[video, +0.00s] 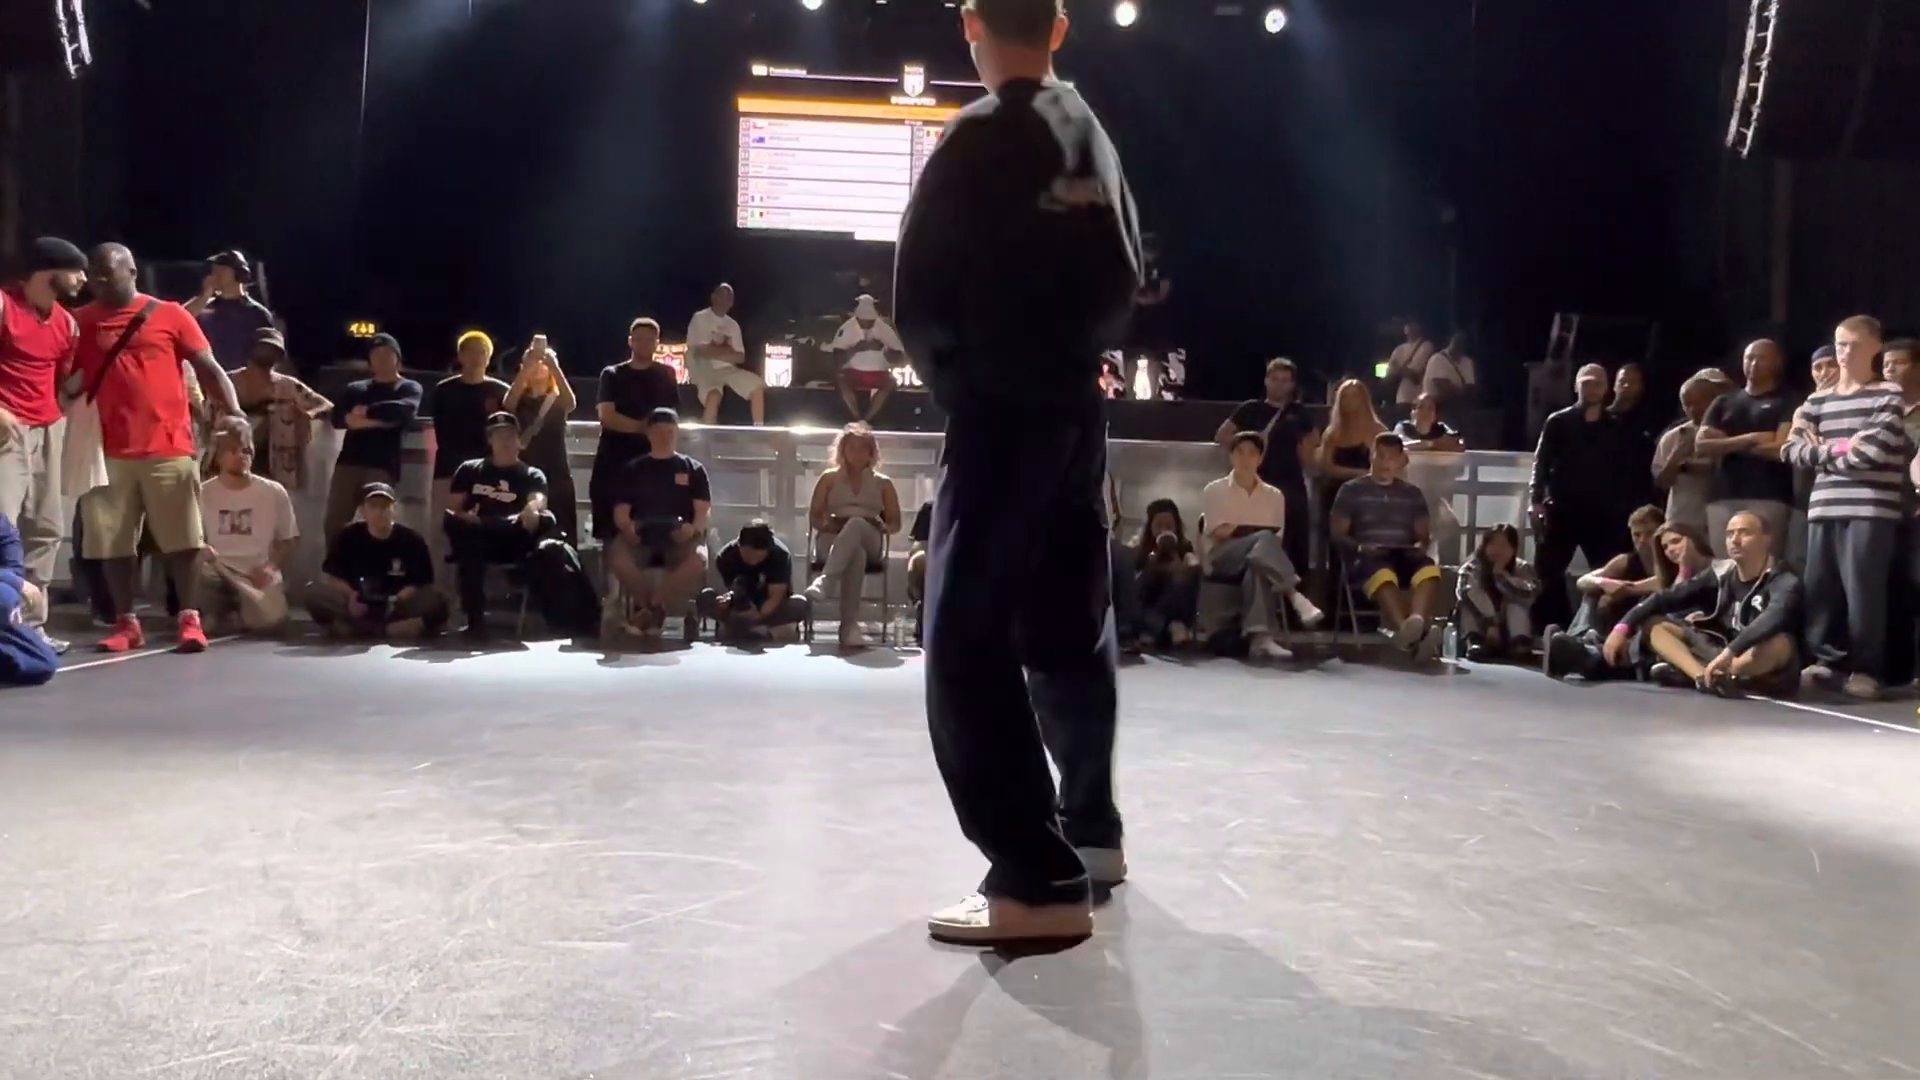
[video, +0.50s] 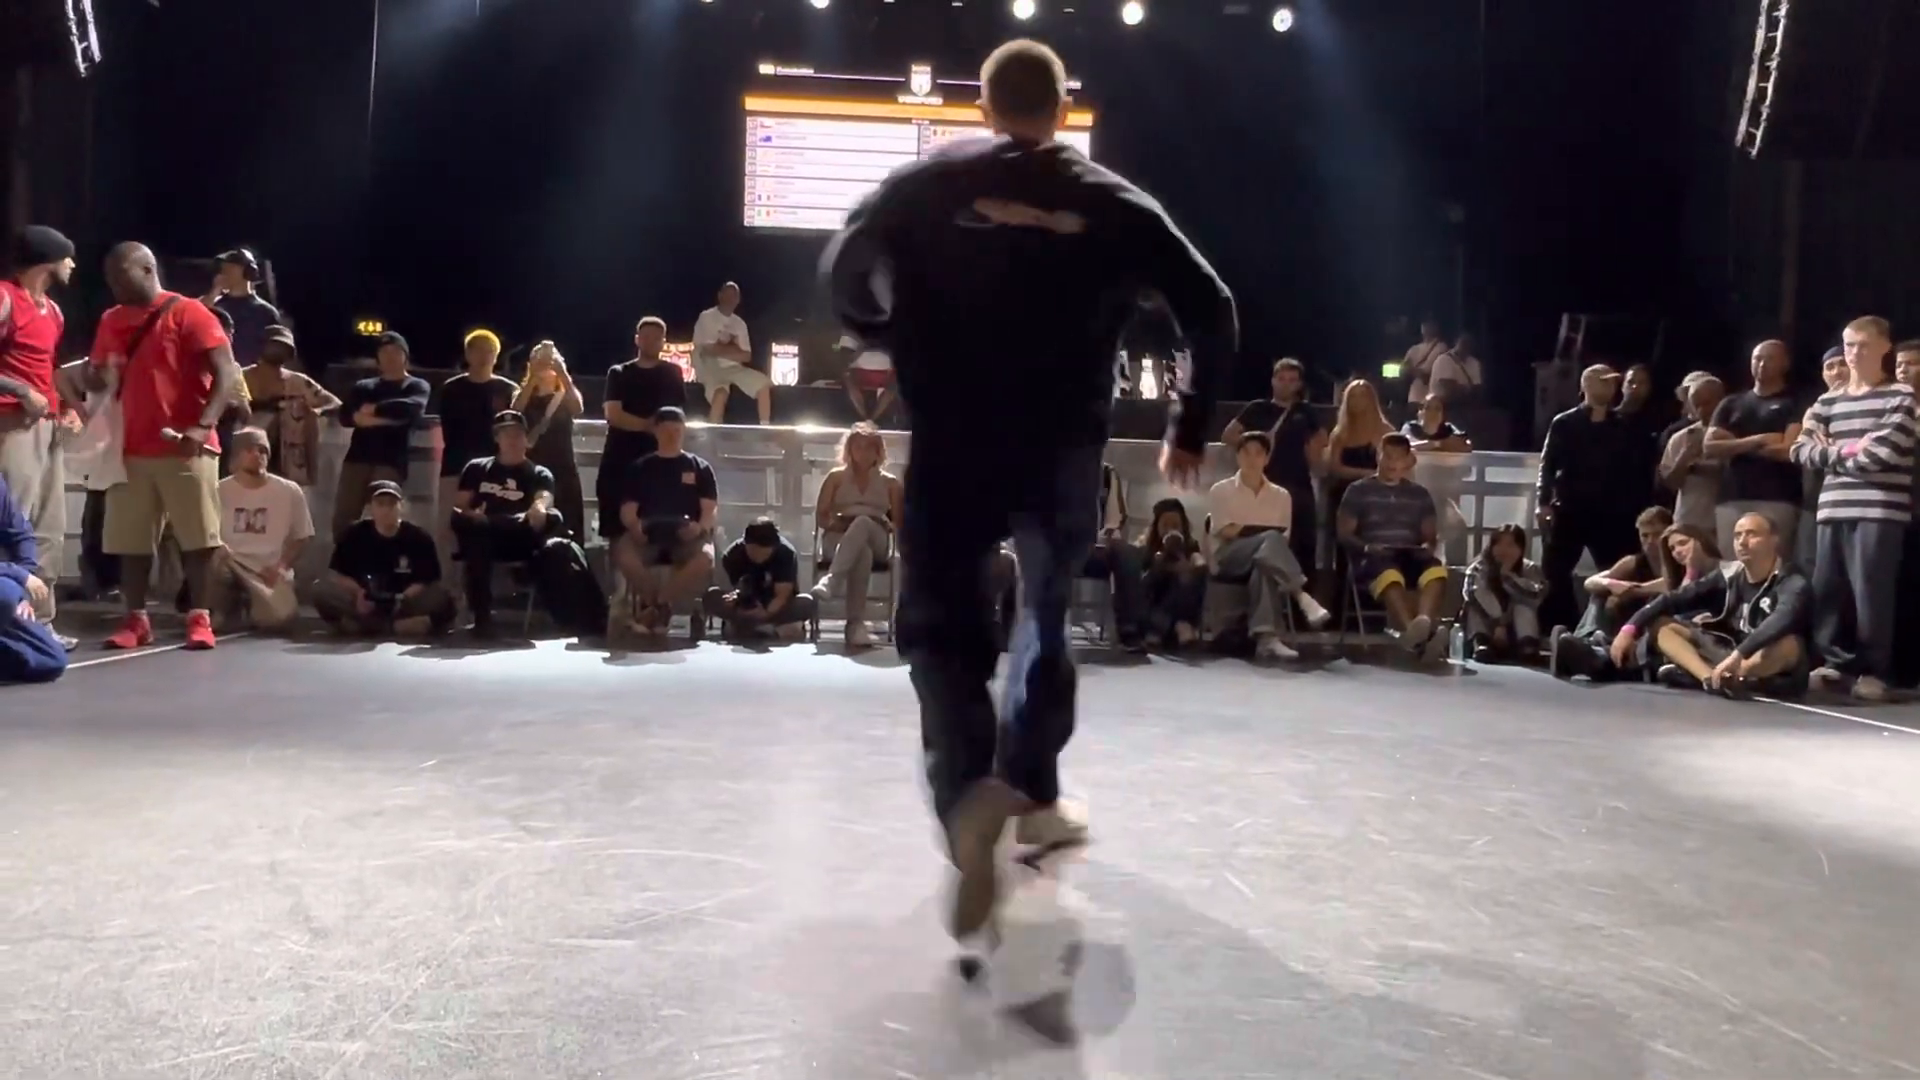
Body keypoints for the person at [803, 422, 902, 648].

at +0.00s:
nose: (857, 453)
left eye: (863, 448)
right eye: (852, 447)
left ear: (872, 453)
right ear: (842, 450)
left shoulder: (883, 484)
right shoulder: (829, 479)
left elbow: (895, 524)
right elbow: (815, 518)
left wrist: (877, 526)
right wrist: (835, 527)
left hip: (871, 544)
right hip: (831, 542)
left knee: (856, 524)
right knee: (857, 553)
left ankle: (824, 582)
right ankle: (849, 627)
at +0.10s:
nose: (858, 451)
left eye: (864, 446)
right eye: (853, 445)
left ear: (873, 451)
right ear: (843, 449)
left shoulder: (884, 482)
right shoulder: (830, 477)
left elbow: (895, 523)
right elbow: (816, 516)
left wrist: (877, 523)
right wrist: (835, 526)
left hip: (871, 542)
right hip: (832, 540)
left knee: (856, 522)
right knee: (857, 552)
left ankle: (824, 580)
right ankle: (849, 625)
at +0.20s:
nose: (860, 451)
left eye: (866, 446)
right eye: (855, 446)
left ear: (875, 451)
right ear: (845, 449)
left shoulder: (886, 483)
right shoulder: (832, 477)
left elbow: (898, 522)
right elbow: (818, 516)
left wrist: (883, 525)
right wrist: (837, 526)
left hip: (873, 543)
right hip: (834, 540)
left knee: (858, 522)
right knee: (859, 551)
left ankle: (826, 581)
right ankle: (852, 626)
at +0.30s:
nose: (861, 452)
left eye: (867, 447)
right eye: (856, 446)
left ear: (876, 452)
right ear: (847, 449)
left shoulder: (887, 483)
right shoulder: (833, 477)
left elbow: (899, 522)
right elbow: (819, 517)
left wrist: (881, 524)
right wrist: (841, 525)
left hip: (875, 542)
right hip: (835, 540)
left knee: (860, 522)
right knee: (860, 551)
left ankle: (827, 581)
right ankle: (853, 625)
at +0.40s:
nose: (862, 452)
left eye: (868, 447)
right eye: (857, 446)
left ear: (877, 451)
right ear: (848, 449)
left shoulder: (888, 483)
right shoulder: (834, 477)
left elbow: (900, 522)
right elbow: (820, 518)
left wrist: (882, 524)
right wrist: (842, 525)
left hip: (876, 543)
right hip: (836, 540)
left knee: (861, 522)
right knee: (861, 551)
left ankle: (828, 581)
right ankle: (854, 626)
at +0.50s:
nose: (864, 452)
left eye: (870, 447)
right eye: (859, 447)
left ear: (879, 452)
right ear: (849, 450)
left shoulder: (890, 484)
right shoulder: (836, 478)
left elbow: (899, 526)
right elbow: (822, 518)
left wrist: (880, 522)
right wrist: (843, 524)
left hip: (878, 543)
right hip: (838, 540)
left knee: (862, 523)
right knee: (863, 552)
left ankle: (830, 580)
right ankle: (855, 625)